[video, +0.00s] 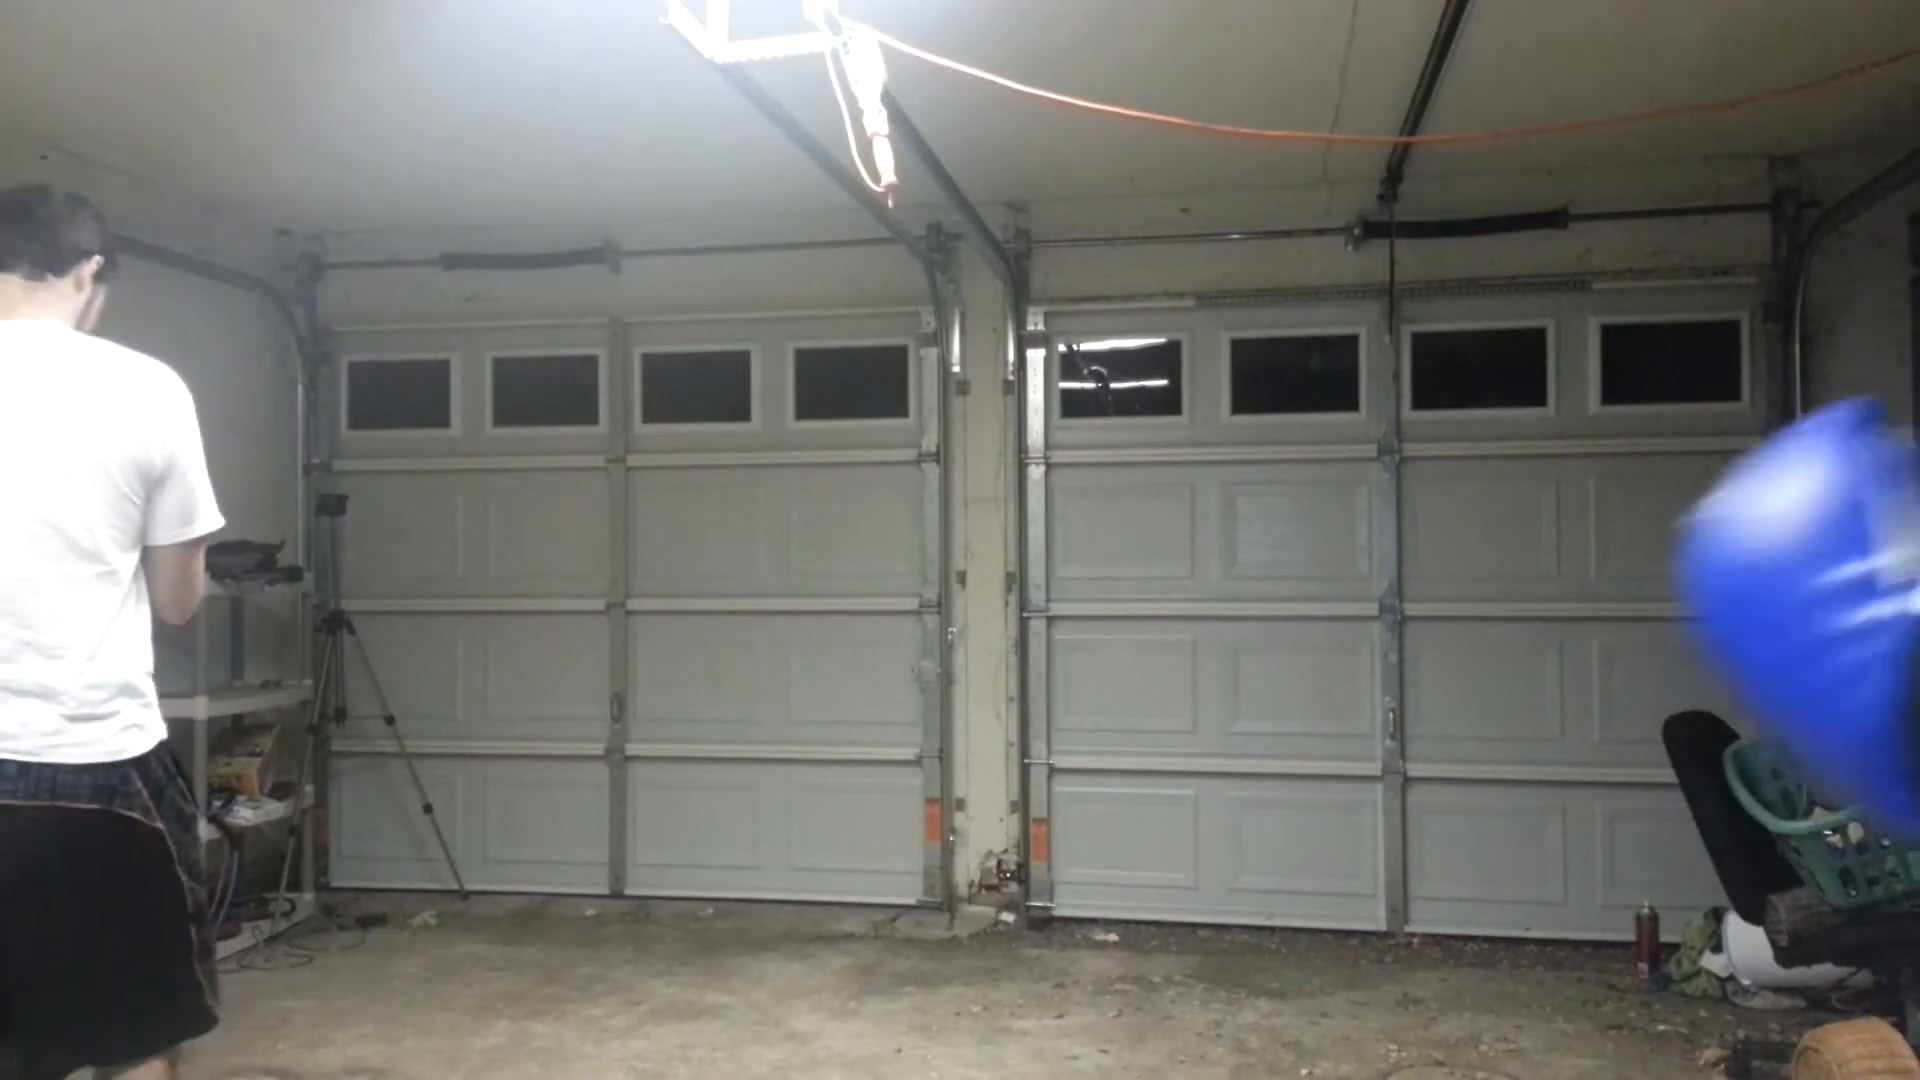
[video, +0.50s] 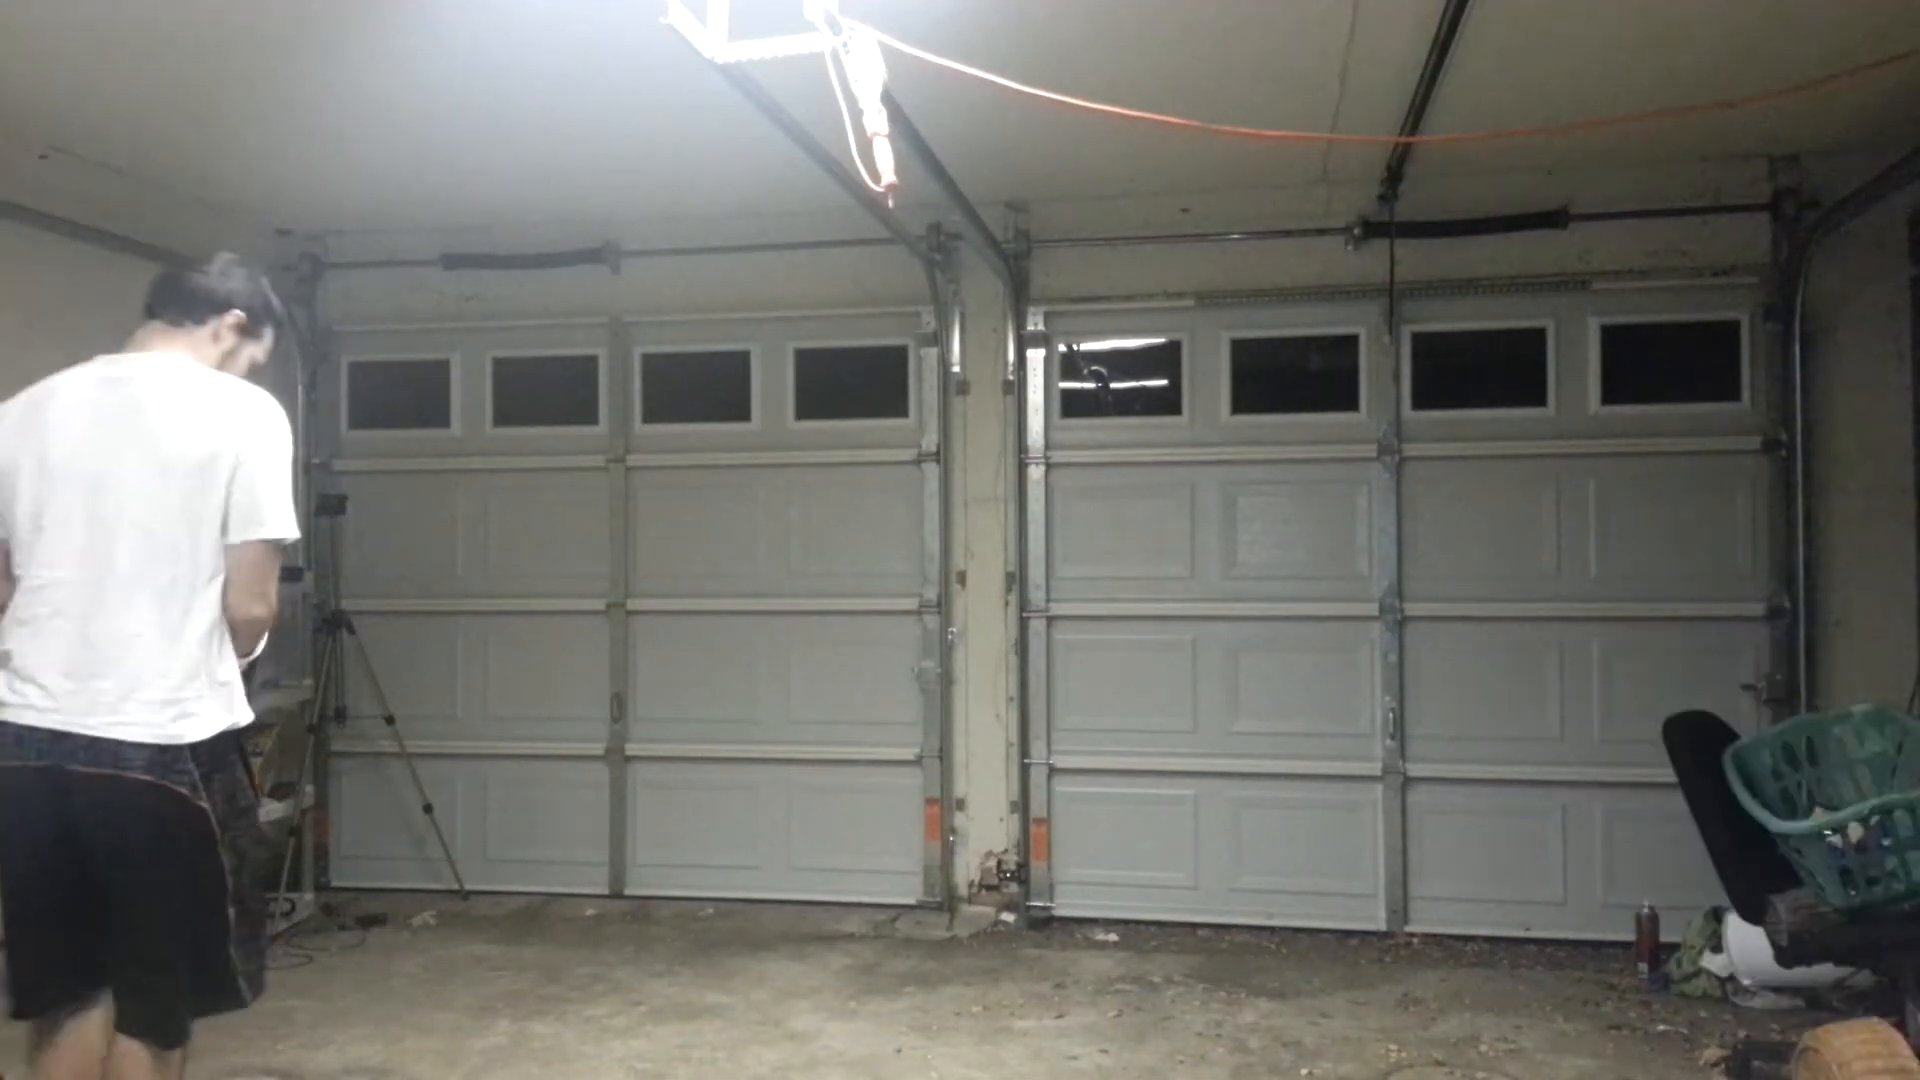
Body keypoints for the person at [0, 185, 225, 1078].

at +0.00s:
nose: (96, 304)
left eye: (99, 291)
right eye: (102, 287)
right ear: (90, 275)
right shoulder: (144, 388)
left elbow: (175, 602)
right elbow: (179, 603)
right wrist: (191, 555)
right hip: (93, 780)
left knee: (17, 1048)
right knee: (142, 1044)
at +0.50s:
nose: (246, 379)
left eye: (256, 366)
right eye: (254, 362)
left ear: (157, 316)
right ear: (231, 329)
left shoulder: (27, 408)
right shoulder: (245, 415)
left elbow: (8, 579)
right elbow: (251, 607)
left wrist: (69, 656)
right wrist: (206, 683)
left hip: (26, 756)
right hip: (163, 762)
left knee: (67, 1008)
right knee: (154, 1025)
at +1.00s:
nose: (294, 408)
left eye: (306, 394)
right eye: (300, 387)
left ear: (232, 342)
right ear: (265, 344)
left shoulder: (120, 430)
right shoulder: (236, 403)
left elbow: (128, 574)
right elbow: (264, 584)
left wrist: (272, 578)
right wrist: (291, 624)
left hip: (115, 726)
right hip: (204, 728)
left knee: (143, 965)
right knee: (269, 965)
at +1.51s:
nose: (405, 421)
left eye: (417, 410)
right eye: (406, 398)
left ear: (356, 358)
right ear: (362, 353)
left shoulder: (286, 415)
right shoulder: (310, 424)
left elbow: (311, 590)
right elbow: (335, 598)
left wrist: (406, 564)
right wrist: (425, 667)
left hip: (253, 727)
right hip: (298, 732)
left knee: (233, 962)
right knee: (324, 972)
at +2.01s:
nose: (524, 425)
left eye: (535, 413)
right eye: (526, 404)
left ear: (477, 362)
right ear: (481, 359)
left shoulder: (436, 422)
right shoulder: (410, 415)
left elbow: (429, 580)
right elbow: (437, 594)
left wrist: (512, 561)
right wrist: (523, 648)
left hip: (434, 729)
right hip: (378, 734)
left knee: (482, 952)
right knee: (367, 990)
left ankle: (498, 1070)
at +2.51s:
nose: (620, 407)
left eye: (632, 394)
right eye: (614, 384)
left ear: (635, 384)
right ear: (569, 347)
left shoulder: (610, 442)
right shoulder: (489, 405)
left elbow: (653, 551)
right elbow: (523, 546)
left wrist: (644, 589)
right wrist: (599, 605)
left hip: (584, 706)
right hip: (491, 701)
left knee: (575, 940)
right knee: (505, 933)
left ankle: (561, 1078)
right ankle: (450, 1070)